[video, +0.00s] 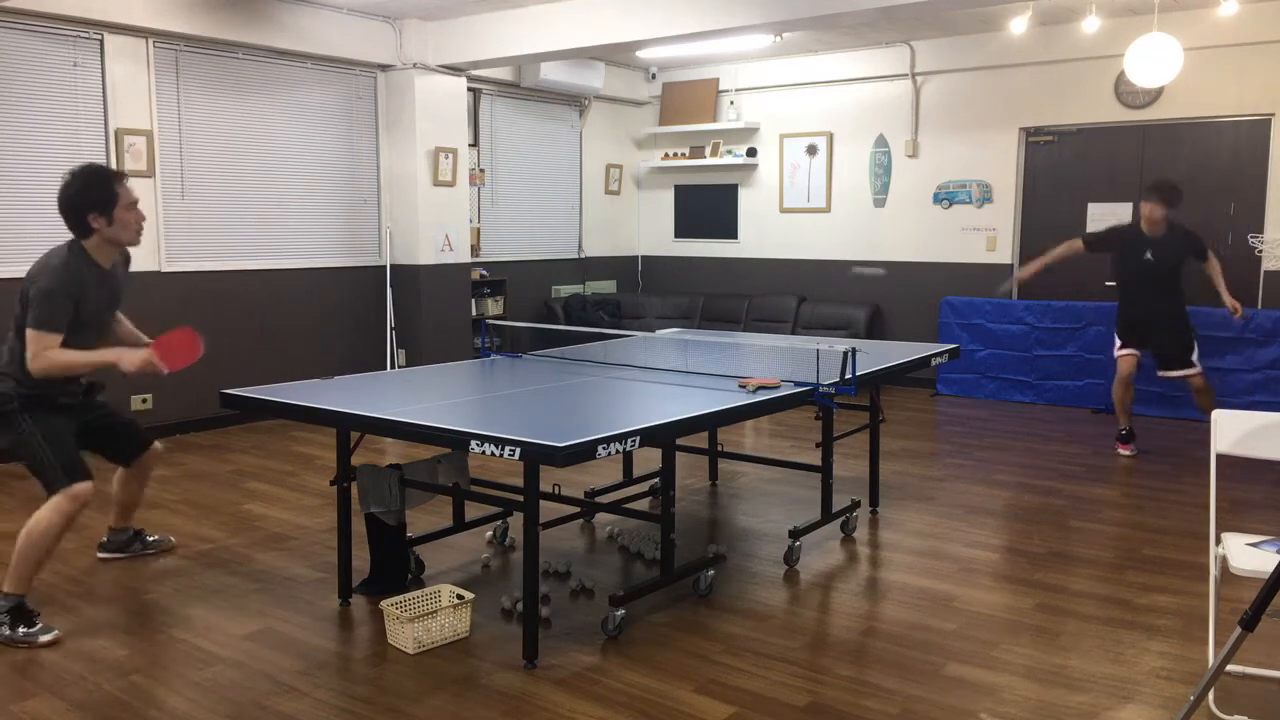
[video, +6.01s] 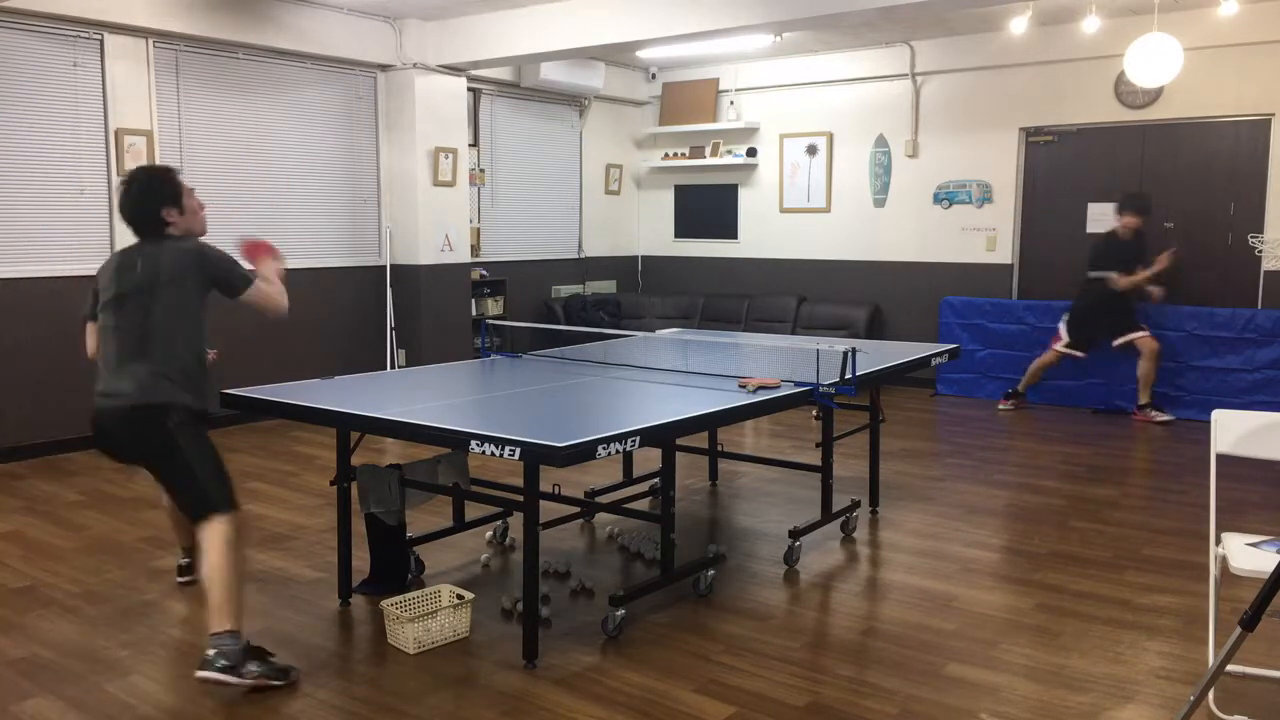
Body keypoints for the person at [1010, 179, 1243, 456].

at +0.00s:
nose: (1150, 210)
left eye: (1157, 205)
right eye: (1147, 203)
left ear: (1168, 210)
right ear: (1140, 205)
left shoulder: (1182, 238)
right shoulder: (1123, 236)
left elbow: (1210, 260)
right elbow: (1077, 245)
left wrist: (1225, 295)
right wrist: (1037, 265)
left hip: (1171, 321)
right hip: (1132, 321)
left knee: (1197, 382)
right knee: (1125, 372)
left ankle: (1217, 423)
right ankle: (1125, 431)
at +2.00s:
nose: (1141, 195)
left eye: (1148, 190)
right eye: (1138, 189)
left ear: (1163, 196)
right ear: (1134, 194)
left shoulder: (1177, 231)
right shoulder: (1128, 231)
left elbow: (1198, 265)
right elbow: (1126, 266)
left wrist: (1164, 290)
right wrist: (1116, 272)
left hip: (1162, 309)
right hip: (1128, 306)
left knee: (1175, 370)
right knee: (1084, 353)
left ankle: (1195, 423)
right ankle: (1067, 406)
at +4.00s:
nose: (1061, 205)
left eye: (1068, 200)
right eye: (1058, 199)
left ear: (1080, 204)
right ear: (1054, 203)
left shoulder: (1094, 229)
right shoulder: (1045, 230)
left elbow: (1112, 258)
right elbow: (1035, 257)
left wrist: (1086, 275)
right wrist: (1044, 271)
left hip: (1085, 300)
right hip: (1052, 299)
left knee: (1105, 352)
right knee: (1023, 345)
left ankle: (1125, 404)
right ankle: (1013, 396)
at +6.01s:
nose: (1133, 222)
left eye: (1137, 217)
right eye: (1129, 216)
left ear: (1143, 221)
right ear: (1119, 217)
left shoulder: (1138, 242)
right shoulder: (1104, 244)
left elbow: (1132, 276)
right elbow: (1118, 284)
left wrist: (1147, 288)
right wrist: (1154, 269)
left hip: (1117, 310)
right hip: (1088, 311)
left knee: (1150, 347)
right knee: (1052, 357)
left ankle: (1143, 407)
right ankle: (1017, 393)